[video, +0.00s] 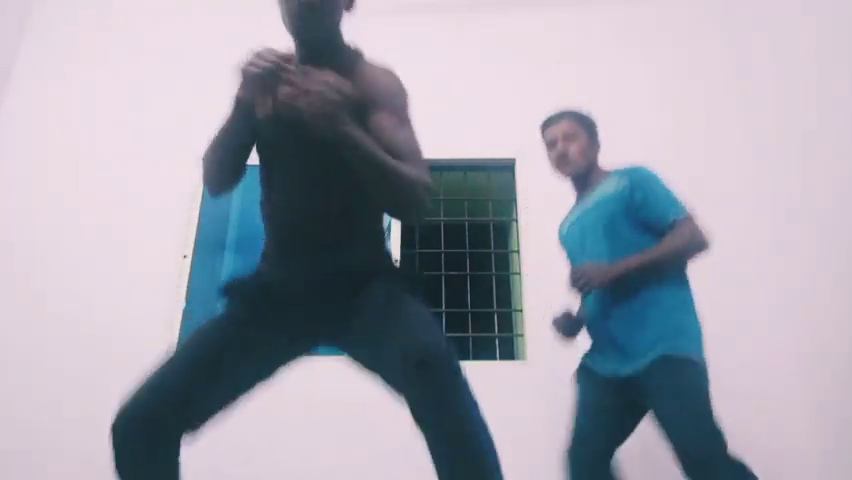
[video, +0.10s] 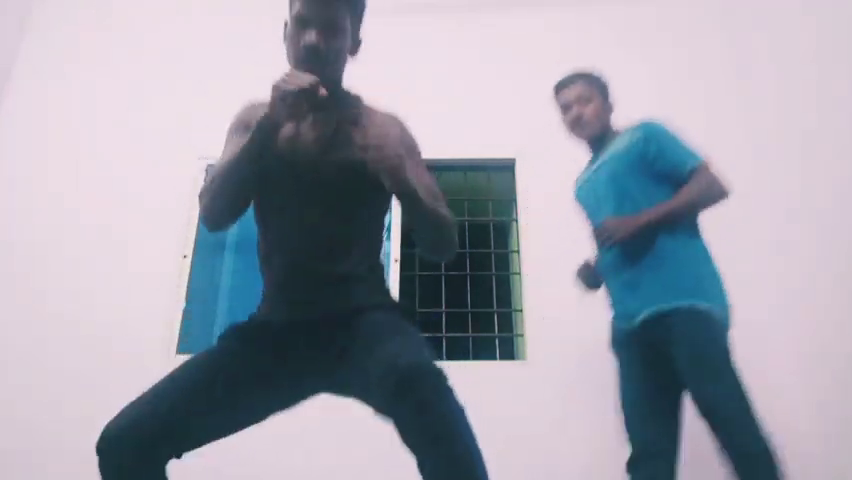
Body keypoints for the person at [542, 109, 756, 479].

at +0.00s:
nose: (560, 150)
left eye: (569, 138)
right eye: (551, 145)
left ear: (593, 142)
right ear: (548, 157)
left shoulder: (635, 182)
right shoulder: (570, 227)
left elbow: (692, 237)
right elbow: (598, 287)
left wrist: (615, 269)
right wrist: (577, 319)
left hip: (667, 351)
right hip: (610, 361)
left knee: (705, 463)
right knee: (585, 463)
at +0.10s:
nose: (576, 113)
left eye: (583, 101)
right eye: (566, 108)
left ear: (606, 103)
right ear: (563, 120)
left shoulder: (644, 136)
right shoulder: (584, 186)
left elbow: (711, 185)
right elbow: (621, 244)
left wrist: (636, 222)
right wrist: (597, 268)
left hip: (686, 302)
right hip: (631, 321)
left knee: (730, 422)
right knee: (649, 449)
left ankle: (762, 474)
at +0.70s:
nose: (604, 120)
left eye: (612, 108)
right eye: (600, 113)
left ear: (645, 110)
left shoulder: (670, 143)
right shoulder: (658, 167)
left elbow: (711, 195)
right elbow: (719, 242)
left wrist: (642, 258)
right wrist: (679, 280)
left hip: (727, 316)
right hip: (698, 323)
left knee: (773, 431)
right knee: (701, 444)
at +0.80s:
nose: (609, 147)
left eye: (617, 135)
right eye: (605, 141)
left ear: (650, 136)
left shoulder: (670, 172)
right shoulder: (663, 189)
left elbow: (699, 225)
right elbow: (721, 274)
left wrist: (625, 279)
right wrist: (680, 313)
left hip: (727, 350)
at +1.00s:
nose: (611, 122)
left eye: (619, 111)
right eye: (607, 116)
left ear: (652, 111)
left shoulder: (678, 140)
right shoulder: (662, 170)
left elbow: (733, 186)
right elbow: (709, 235)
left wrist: (657, 241)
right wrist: (665, 272)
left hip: (723, 301)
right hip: (703, 309)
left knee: (710, 428)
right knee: (714, 429)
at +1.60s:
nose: (628, 104)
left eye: (637, 93)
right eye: (624, 98)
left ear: (672, 93)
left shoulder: (703, 125)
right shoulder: (674, 163)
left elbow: (753, 173)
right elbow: (719, 235)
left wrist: (670, 226)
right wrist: (679, 274)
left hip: (740, 290)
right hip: (706, 305)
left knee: (759, 405)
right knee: (717, 439)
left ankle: (822, 475)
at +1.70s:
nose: (633, 143)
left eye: (644, 133)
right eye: (630, 137)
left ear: (679, 138)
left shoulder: (710, 175)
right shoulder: (674, 212)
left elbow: (760, 235)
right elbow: (715, 297)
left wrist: (670, 271)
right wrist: (669, 317)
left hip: (749, 332)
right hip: (709, 354)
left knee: (764, 438)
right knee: (708, 470)